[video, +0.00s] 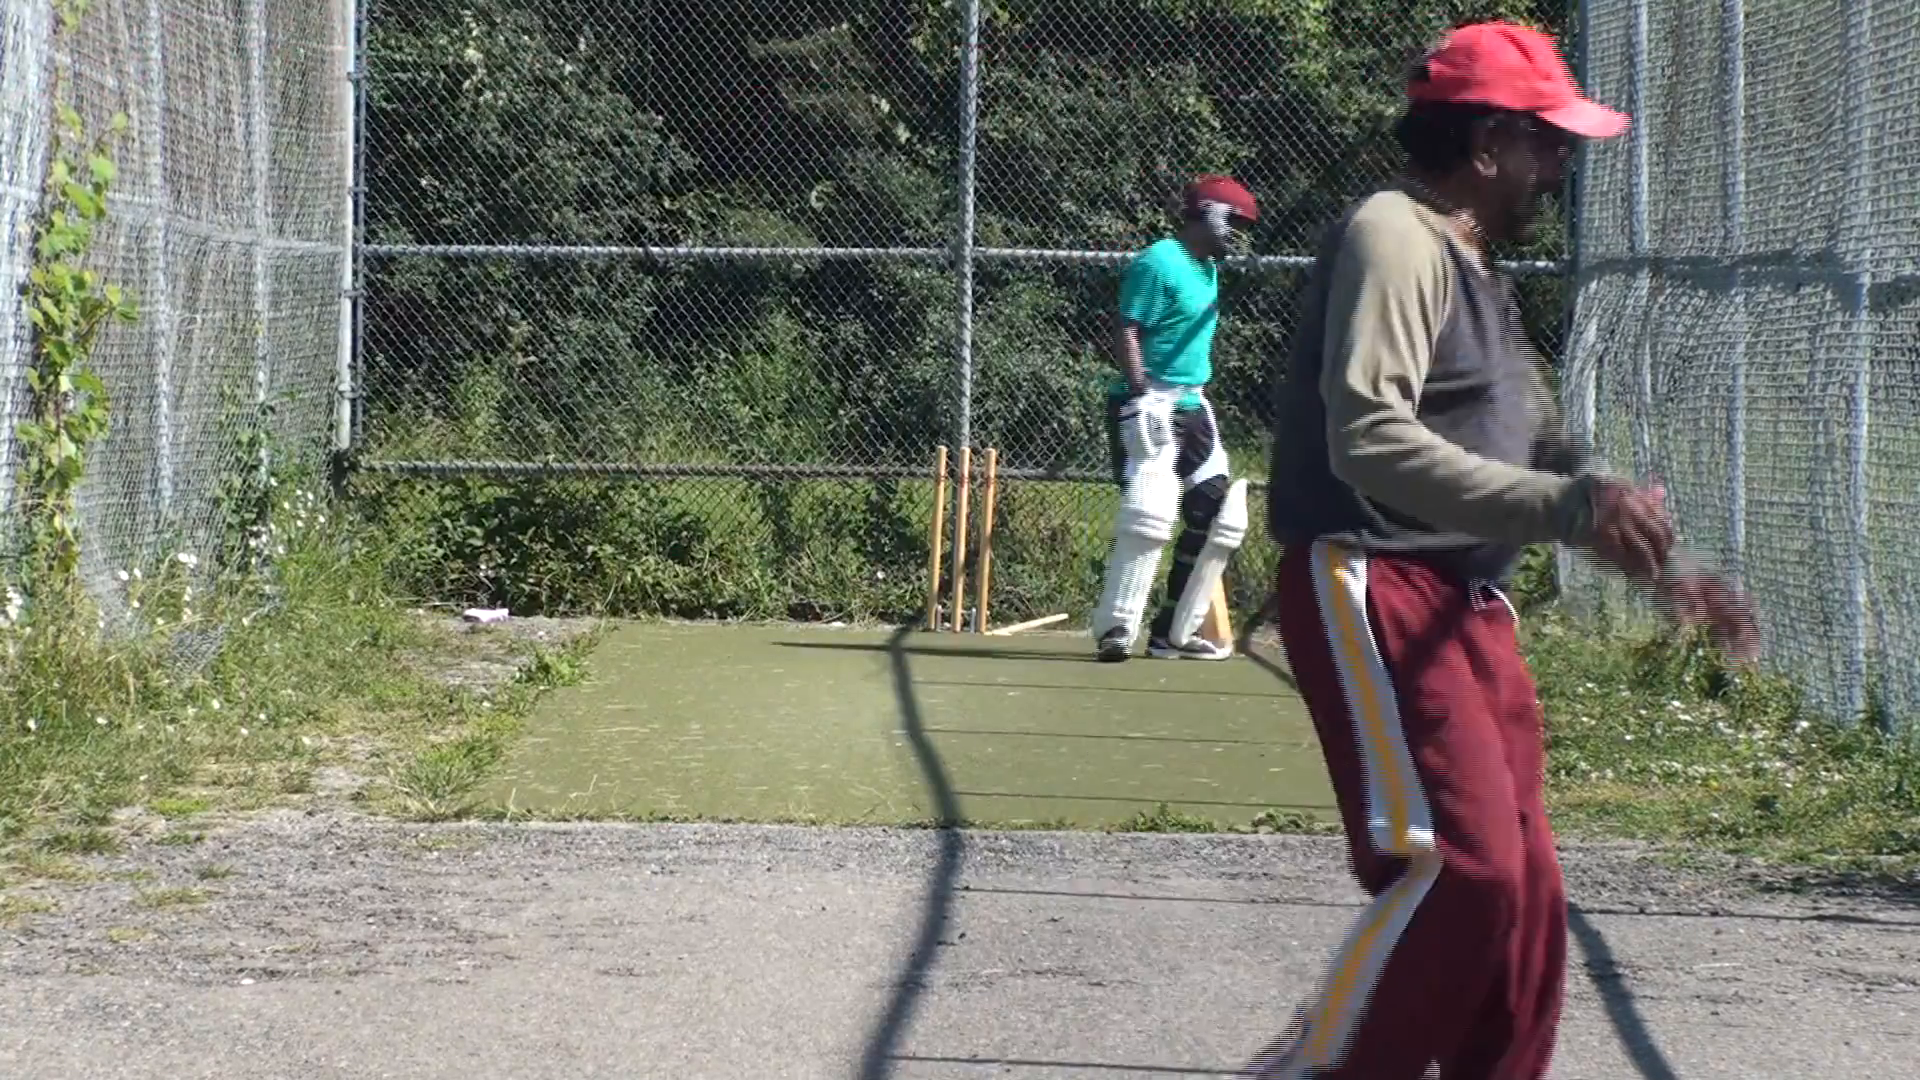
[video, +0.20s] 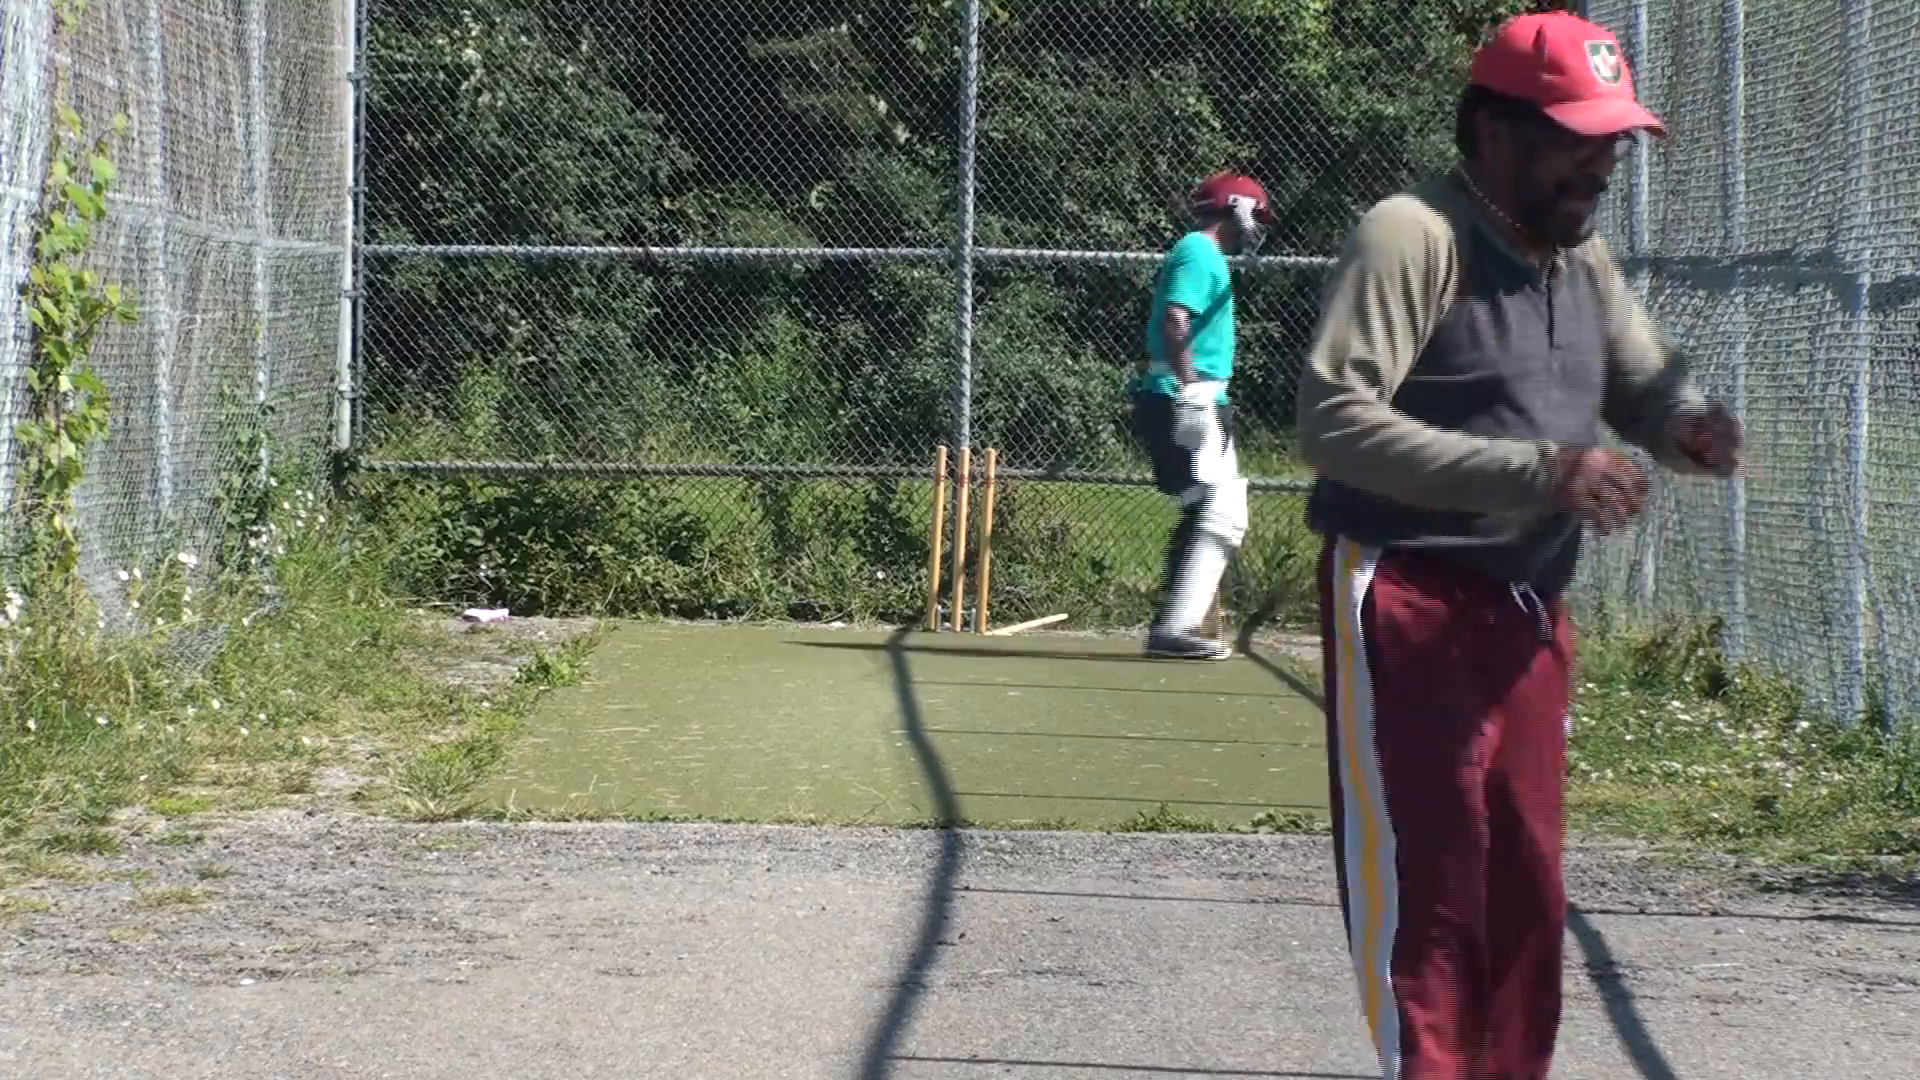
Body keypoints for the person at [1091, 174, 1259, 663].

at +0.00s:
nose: (1236, 232)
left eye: (1238, 223)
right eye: (1229, 221)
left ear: (1216, 222)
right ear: (1202, 216)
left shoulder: (1207, 268)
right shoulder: (1157, 262)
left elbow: (1188, 340)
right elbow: (1127, 329)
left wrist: (1196, 400)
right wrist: (1140, 390)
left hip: (1191, 403)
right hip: (1148, 402)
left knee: (1221, 516)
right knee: (1150, 514)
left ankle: (1175, 632)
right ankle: (1117, 629)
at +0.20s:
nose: (1258, 229)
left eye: (1259, 219)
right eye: (1254, 218)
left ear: (1222, 213)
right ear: (1234, 213)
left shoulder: (1207, 257)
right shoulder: (1199, 251)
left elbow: (1190, 333)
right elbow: (1175, 319)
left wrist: (1212, 400)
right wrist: (1192, 388)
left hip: (1197, 402)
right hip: (1183, 402)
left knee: (1219, 508)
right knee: (1219, 509)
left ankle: (1179, 624)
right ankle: (1177, 626)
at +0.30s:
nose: (1266, 221)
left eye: (1265, 211)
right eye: (1260, 210)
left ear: (1221, 211)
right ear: (1239, 209)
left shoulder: (1202, 250)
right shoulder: (1214, 249)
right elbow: (1196, 317)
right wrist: (1219, 390)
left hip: (1177, 396)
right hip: (1196, 398)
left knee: (1208, 512)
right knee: (1248, 503)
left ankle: (1176, 629)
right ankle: (1225, 624)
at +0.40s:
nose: (1278, 221)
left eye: (1277, 210)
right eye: (1272, 210)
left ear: (1228, 213)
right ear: (1251, 208)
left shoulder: (1203, 255)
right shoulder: (1232, 250)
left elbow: (1171, 329)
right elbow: (1221, 321)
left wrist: (1197, 373)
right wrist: (1246, 392)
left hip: (1184, 400)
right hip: (1216, 402)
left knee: (1210, 516)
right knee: (1271, 500)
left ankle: (1175, 630)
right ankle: (1273, 623)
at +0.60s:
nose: (1304, 224)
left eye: (1301, 214)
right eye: (1298, 215)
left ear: (1253, 219)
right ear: (1282, 218)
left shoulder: (1222, 266)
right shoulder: (1279, 260)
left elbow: (1193, 337)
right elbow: (1272, 329)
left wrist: (1210, 386)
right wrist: (1290, 391)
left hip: (1212, 408)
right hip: (1255, 406)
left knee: (1220, 521)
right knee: (1308, 510)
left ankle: (1175, 628)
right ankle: (1331, 628)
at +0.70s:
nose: (1327, 228)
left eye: (1325, 218)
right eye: (1322, 219)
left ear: (1275, 223)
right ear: (1306, 222)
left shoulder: (1241, 270)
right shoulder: (1306, 266)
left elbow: (1217, 343)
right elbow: (1301, 333)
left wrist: (1223, 400)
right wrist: (1324, 397)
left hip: (1237, 407)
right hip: (1284, 407)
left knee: (1241, 519)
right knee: (1323, 517)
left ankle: (1181, 622)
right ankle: (1332, 637)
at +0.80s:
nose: (1346, 231)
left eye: (1345, 222)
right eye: (1342, 222)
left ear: (1291, 224)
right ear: (1326, 225)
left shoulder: (1257, 271)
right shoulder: (1333, 267)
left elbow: (1238, 346)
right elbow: (1337, 341)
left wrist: (1236, 408)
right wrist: (1375, 381)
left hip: (1259, 409)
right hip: (1312, 407)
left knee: (1277, 524)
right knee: (1343, 511)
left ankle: (1213, 600)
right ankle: (1333, 635)